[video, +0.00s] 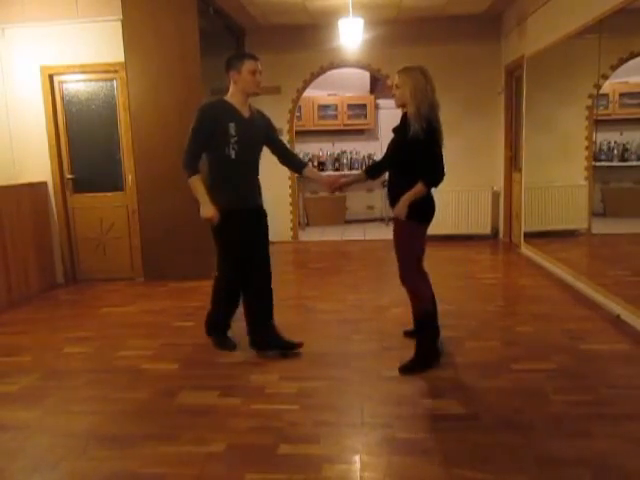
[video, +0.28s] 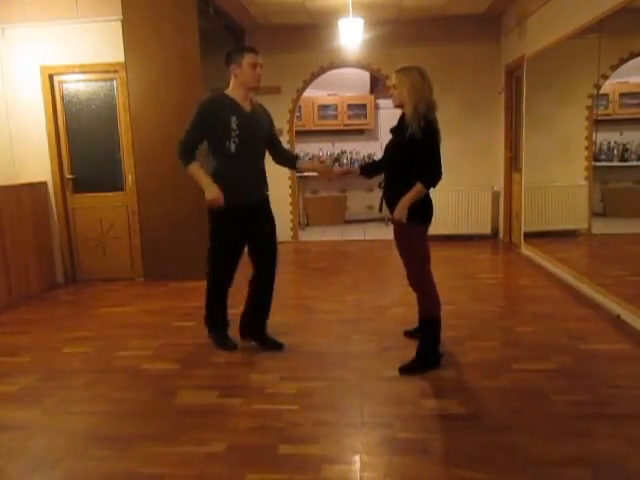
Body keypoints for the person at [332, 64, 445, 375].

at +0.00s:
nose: (394, 91)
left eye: (398, 87)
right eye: (394, 86)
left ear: (414, 90)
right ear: (410, 90)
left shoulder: (424, 124)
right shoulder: (406, 123)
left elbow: (435, 173)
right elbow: (384, 165)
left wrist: (406, 200)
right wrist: (350, 180)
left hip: (415, 208)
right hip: (406, 207)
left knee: (411, 274)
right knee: (412, 271)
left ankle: (428, 348)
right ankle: (427, 326)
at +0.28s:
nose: (391, 91)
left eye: (396, 86)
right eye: (391, 86)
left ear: (412, 89)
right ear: (408, 90)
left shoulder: (423, 124)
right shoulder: (404, 124)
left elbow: (432, 173)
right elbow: (382, 165)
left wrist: (405, 202)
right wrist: (345, 171)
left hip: (414, 210)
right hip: (403, 210)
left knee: (421, 278)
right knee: (417, 275)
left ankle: (430, 352)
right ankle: (427, 326)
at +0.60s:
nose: (392, 90)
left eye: (397, 85)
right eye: (393, 85)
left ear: (413, 88)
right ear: (411, 89)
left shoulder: (424, 123)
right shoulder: (407, 122)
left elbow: (439, 173)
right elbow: (378, 154)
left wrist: (410, 201)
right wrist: (340, 168)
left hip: (415, 211)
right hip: (410, 209)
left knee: (408, 275)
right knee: (419, 269)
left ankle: (424, 349)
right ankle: (429, 325)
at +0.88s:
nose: (392, 91)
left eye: (396, 86)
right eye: (392, 87)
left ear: (411, 88)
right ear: (410, 88)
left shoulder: (420, 122)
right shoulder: (410, 120)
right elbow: (388, 158)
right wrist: (357, 167)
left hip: (413, 207)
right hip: (408, 205)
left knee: (405, 276)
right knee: (406, 272)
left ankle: (421, 350)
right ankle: (414, 322)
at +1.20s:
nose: (390, 100)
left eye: (396, 95)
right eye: (387, 95)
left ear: (409, 98)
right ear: (386, 98)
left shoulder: (414, 125)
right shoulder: (394, 129)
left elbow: (443, 145)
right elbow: (375, 162)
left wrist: (412, 168)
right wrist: (337, 162)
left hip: (407, 210)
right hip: (395, 208)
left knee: (409, 275)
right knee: (401, 270)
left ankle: (420, 351)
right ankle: (408, 320)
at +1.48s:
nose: (389, 98)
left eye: (396, 93)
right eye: (385, 93)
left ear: (408, 96)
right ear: (380, 95)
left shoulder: (415, 127)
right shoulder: (386, 128)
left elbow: (448, 161)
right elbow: (368, 161)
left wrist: (425, 189)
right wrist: (335, 172)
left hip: (417, 209)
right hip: (402, 209)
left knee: (420, 278)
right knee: (411, 270)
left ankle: (421, 351)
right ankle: (410, 320)